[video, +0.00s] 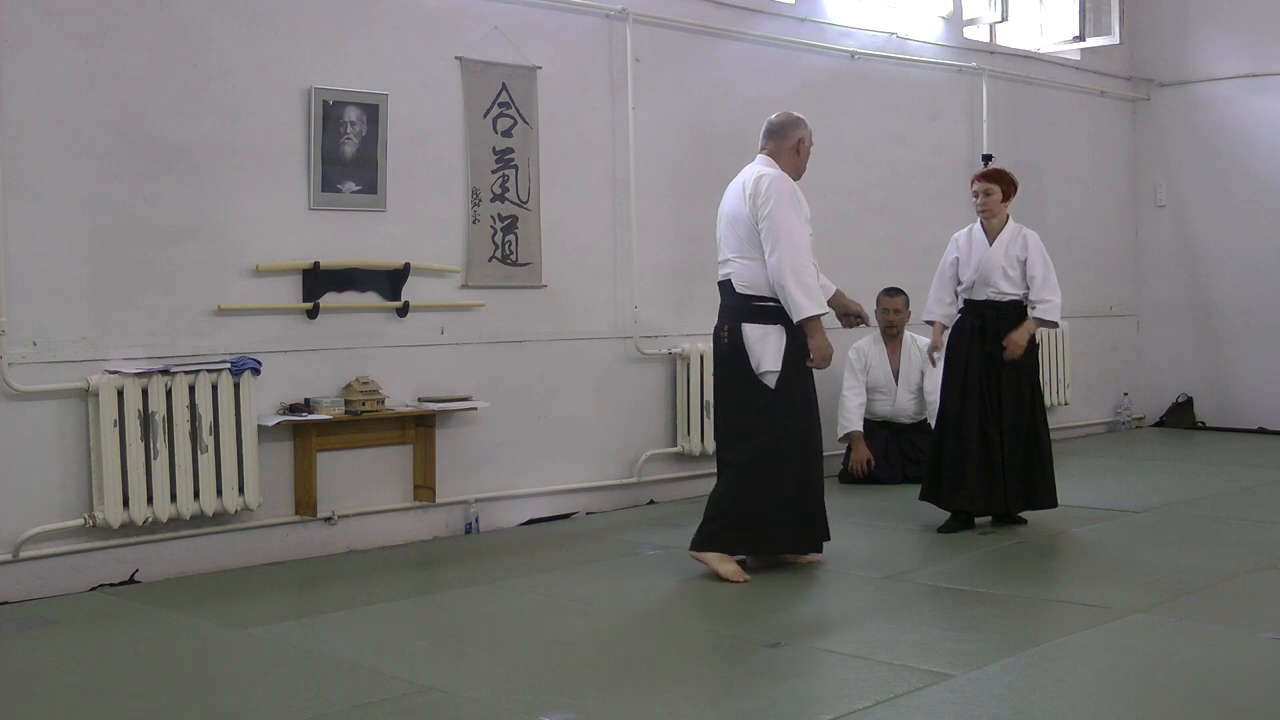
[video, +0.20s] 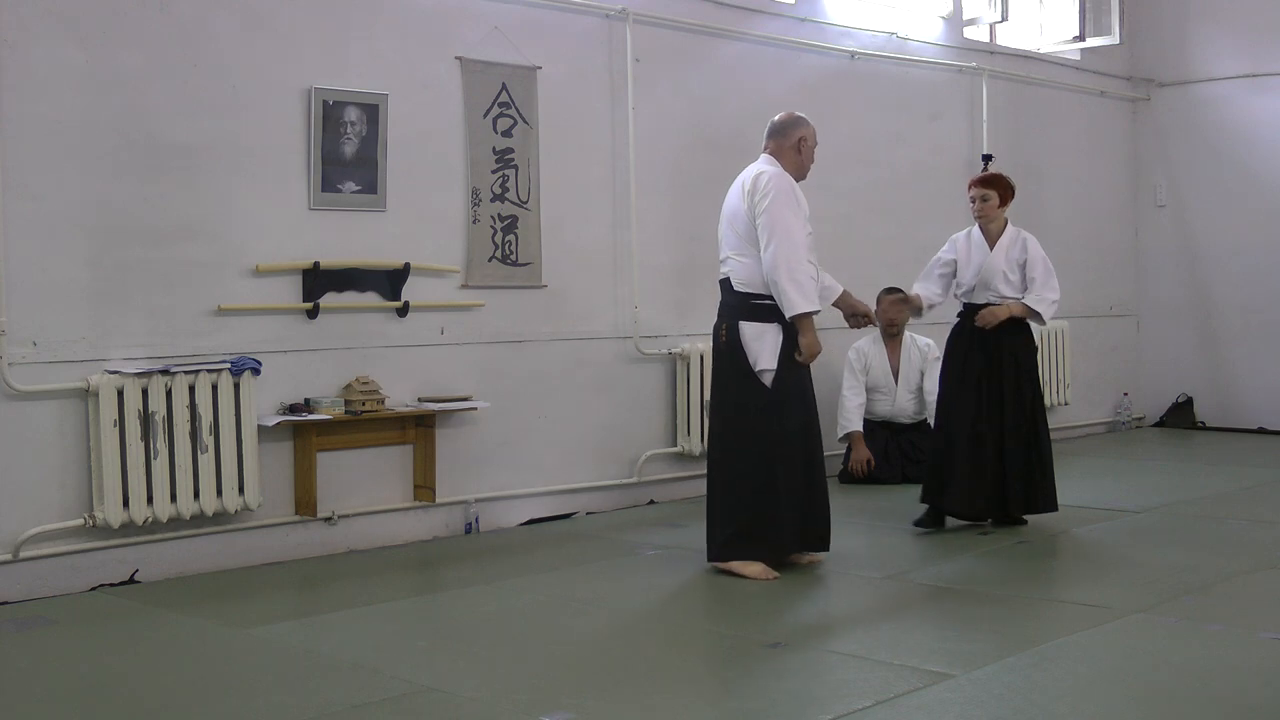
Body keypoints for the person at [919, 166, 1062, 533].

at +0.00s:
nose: (980, 200)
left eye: (988, 194)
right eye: (976, 195)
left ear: (1006, 198)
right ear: (972, 199)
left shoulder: (1025, 239)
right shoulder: (961, 239)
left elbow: (1047, 296)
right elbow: (945, 289)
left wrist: (1025, 330)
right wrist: (937, 331)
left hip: (1011, 330)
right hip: (969, 330)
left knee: (1010, 414)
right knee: (963, 414)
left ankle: (1006, 506)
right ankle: (963, 508)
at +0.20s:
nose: (977, 206)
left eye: (985, 200)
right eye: (973, 200)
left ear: (1004, 202)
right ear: (969, 203)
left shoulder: (1024, 244)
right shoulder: (960, 243)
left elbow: (1046, 298)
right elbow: (932, 287)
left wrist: (1007, 309)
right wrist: (910, 300)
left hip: (1010, 338)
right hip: (967, 336)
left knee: (1009, 419)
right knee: (953, 417)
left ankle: (1007, 507)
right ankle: (936, 507)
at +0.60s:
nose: (940, 208)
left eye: (948, 201)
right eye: (935, 201)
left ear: (966, 205)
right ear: (930, 206)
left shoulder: (985, 248)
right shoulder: (921, 243)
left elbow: (999, 304)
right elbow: (890, 277)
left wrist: (960, 307)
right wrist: (860, 297)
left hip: (969, 344)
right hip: (925, 345)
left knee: (979, 423)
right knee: (913, 426)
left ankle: (986, 509)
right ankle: (894, 515)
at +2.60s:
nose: (897, 206)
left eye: (905, 199)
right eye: (890, 200)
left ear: (920, 204)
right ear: (884, 206)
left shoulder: (936, 247)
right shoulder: (875, 245)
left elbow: (955, 304)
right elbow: (847, 278)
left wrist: (922, 322)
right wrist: (823, 302)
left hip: (928, 344)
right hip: (884, 345)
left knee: (938, 425)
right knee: (891, 431)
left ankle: (944, 513)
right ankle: (890, 520)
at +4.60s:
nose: (890, 207)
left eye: (898, 200)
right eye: (883, 202)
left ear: (913, 205)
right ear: (876, 208)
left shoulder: (932, 246)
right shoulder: (870, 247)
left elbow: (954, 299)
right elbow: (841, 279)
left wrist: (921, 324)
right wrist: (806, 303)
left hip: (928, 344)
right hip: (886, 347)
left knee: (936, 428)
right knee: (890, 432)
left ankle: (941, 515)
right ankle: (892, 521)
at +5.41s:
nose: (890, 208)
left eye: (898, 201)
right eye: (883, 202)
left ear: (912, 206)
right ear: (876, 208)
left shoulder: (931, 246)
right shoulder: (868, 248)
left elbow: (953, 301)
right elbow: (840, 281)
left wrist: (920, 324)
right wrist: (807, 304)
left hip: (928, 345)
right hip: (886, 347)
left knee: (936, 428)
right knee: (891, 432)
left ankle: (940, 515)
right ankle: (893, 521)